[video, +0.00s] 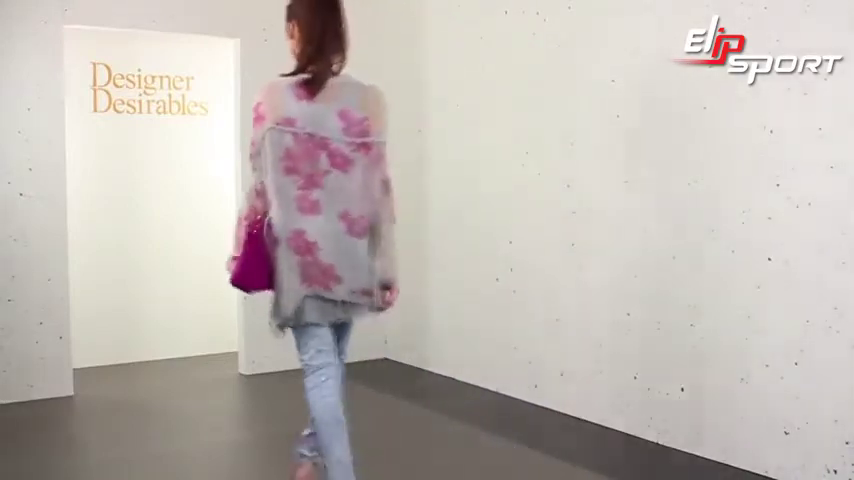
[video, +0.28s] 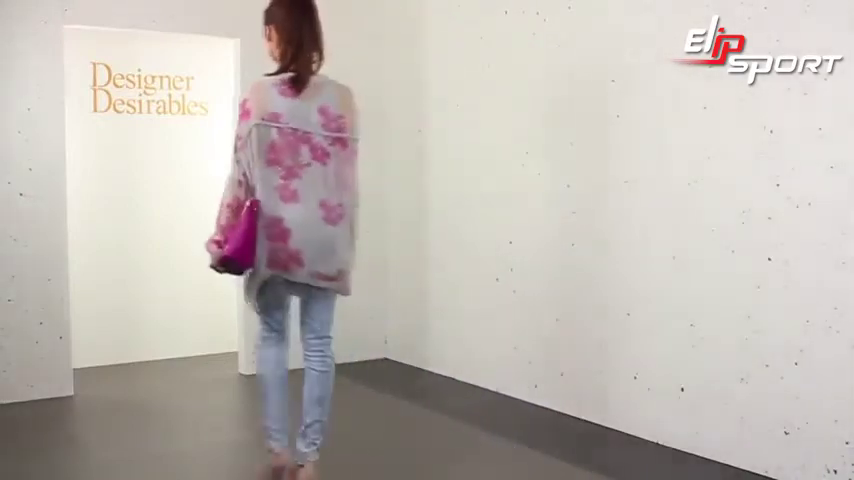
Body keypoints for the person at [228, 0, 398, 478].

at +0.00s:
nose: (286, 38)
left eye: (288, 30)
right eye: (288, 28)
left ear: (296, 32)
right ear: (337, 31)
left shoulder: (274, 97)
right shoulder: (367, 99)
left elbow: (260, 185)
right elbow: (380, 190)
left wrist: (243, 250)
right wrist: (386, 266)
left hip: (294, 251)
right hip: (354, 250)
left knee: (321, 368)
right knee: (332, 362)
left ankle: (341, 472)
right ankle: (310, 454)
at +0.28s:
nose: (265, 40)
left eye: (268, 33)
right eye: (266, 32)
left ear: (279, 35)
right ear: (312, 33)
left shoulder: (260, 94)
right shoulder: (341, 97)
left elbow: (242, 173)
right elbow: (348, 179)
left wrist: (220, 238)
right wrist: (346, 243)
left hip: (271, 235)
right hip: (328, 238)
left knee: (272, 334)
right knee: (319, 343)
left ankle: (278, 447)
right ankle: (309, 455)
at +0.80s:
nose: (223, 58)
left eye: (225, 52)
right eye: (225, 51)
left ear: (231, 55)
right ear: (263, 53)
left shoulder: (216, 106)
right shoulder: (288, 108)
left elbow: (204, 175)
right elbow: (297, 180)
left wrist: (190, 230)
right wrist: (303, 238)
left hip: (233, 228)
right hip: (280, 228)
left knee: (244, 323)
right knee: (263, 313)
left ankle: (263, 422)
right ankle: (260, 406)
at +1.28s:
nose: (185, 77)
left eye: (186, 71)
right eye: (187, 70)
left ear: (192, 74)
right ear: (220, 72)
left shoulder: (179, 121)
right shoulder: (242, 121)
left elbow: (168, 179)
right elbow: (251, 183)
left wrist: (154, 227)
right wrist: (253, 234)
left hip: (192, 229)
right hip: (235, 230)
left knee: (193, 304)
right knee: (229, 310)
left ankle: (193, 387)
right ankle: (220, 397)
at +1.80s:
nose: (157, 88)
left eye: (158, 82)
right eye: (159, 81)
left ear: (161, 85)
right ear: (188, 84)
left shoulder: (149, 128)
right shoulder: (207, 129)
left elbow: (138, 181)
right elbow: (214, 184)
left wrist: (128, 224)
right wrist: (218, 229)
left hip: (162, 225)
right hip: (199, 225)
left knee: (169, 298)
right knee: (189, 293)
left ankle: (179, 376)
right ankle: (186, 367)